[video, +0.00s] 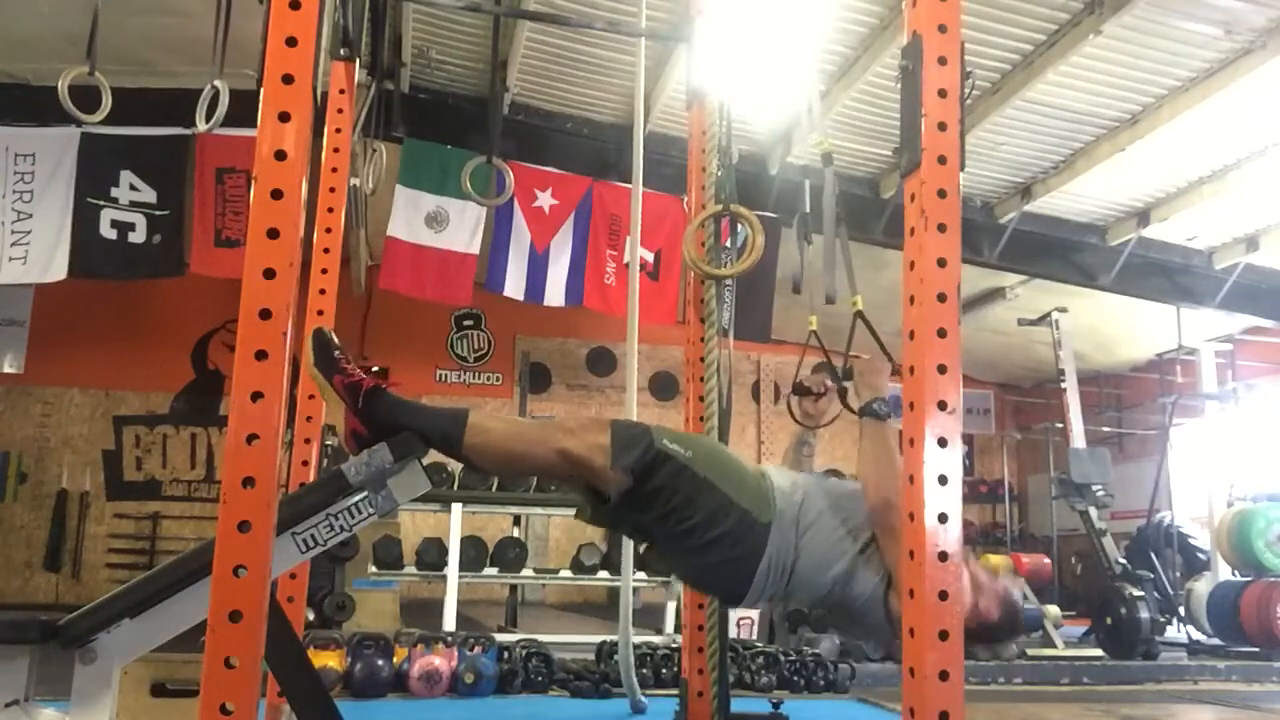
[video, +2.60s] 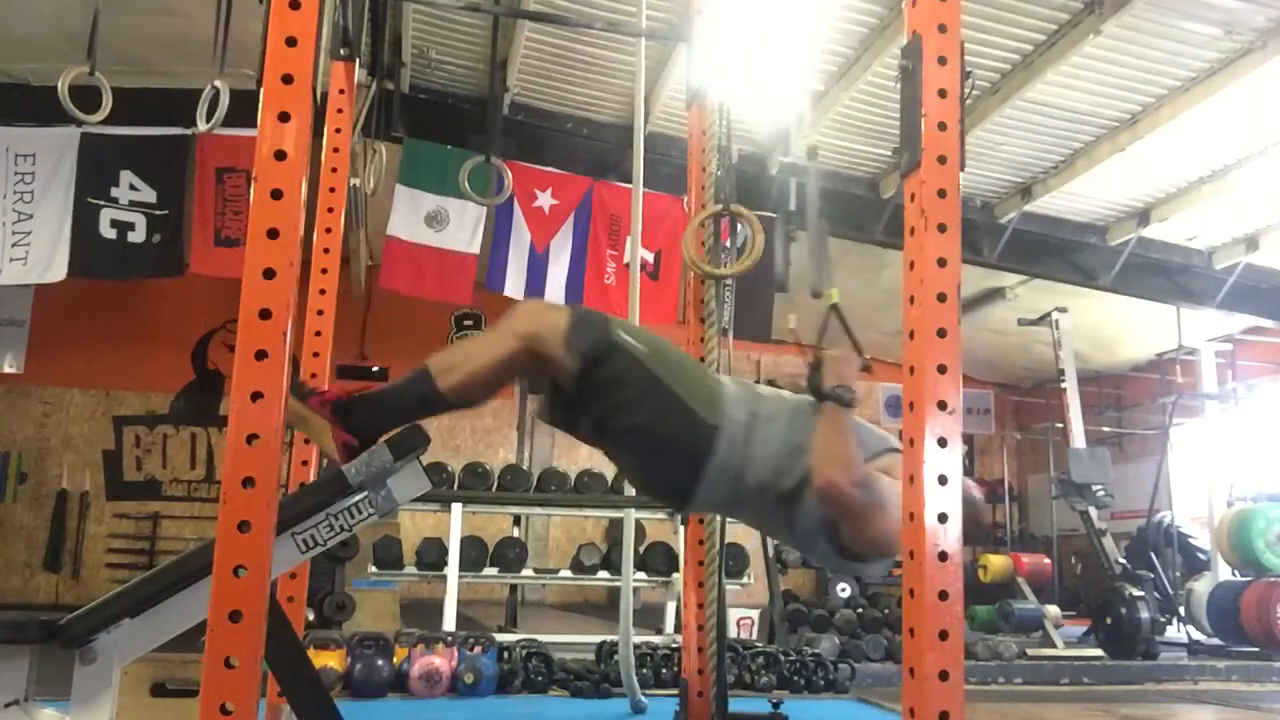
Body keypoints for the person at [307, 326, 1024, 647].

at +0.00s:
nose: (979, 579)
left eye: (988, 599)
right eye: (992, 577)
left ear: (972, 625)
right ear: (981, 565)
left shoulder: (927, 622)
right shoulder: (921, 562)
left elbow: (894, 519)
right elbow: (867, 510)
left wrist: (883, 419)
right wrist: (847, 436)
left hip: (761, 541)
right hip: (756, 508)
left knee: (593, 446)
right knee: (581, 449)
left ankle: (385, 409)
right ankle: (393, 424)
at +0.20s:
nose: (1002, 497)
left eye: (1012, 509)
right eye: (1011, 493)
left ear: (1001, 534)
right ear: (998, 485)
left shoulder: (949, 538)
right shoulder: (949, 486)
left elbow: (904, 496)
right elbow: (886, 448)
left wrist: (934, 428)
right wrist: (909, 398)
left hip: (774, 490)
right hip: (762, 454)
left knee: (601, 424)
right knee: (590, 421)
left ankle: (389, 415)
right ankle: (392, 411)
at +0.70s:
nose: (976, 454)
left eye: (988, 467)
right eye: (984, 448)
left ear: (979, 492)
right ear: (967, 437)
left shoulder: (926, 495)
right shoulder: (915, 442)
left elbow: (879, 473)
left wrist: (891, 385)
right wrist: (866, 375)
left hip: (746, 424)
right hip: (732, 448)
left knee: (569, 344)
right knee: (556, 364)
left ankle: (374, 417)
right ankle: (380, 418)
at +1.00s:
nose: (900, 430)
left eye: (911, 444)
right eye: (911, 429)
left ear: (902, 478)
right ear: (900, 429)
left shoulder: (850, 490)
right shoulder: (843, 440)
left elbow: (780, 473)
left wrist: (790, 391)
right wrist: (799, 380)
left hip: (644, 414)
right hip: (650, 389)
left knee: (486, 287)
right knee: (480, 310)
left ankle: (337, 420)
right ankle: (344, 414)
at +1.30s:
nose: (799, 425)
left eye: (808, 440)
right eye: (810, 430)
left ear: (798, 466)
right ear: (795, 449)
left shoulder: (748, 470)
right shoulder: (743, 433)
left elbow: (673, 458)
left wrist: (697, 373)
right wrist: (711, 359)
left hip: (543, 381)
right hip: (552, 359)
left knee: (386, 250)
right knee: (391, 269)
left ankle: (315, 424)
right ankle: (319, 415)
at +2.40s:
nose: (887, 448)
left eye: (897, 462)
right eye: (899, 447)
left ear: (888, 499)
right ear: (891, 474)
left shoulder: (835, 499)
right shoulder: (829, 455)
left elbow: (766, 469)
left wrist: (775, 389)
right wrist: (794, 377)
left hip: (637, 411)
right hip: (639, 396)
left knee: (477, 283)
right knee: (463, 320)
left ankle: (337, 419)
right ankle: (341, 414)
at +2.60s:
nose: (936, 469)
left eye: (946, 482)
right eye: (944, 471)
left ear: (937, 520)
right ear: (935, 493)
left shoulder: (889, 534)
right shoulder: (877, 476)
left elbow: (834, 480)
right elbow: (841, 440)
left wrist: (839, 402)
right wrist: (845, 390)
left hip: (702, 445)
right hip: (703, 409)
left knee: (539, 322)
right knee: (531, 336)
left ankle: (365, 414)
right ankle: (378, 410)